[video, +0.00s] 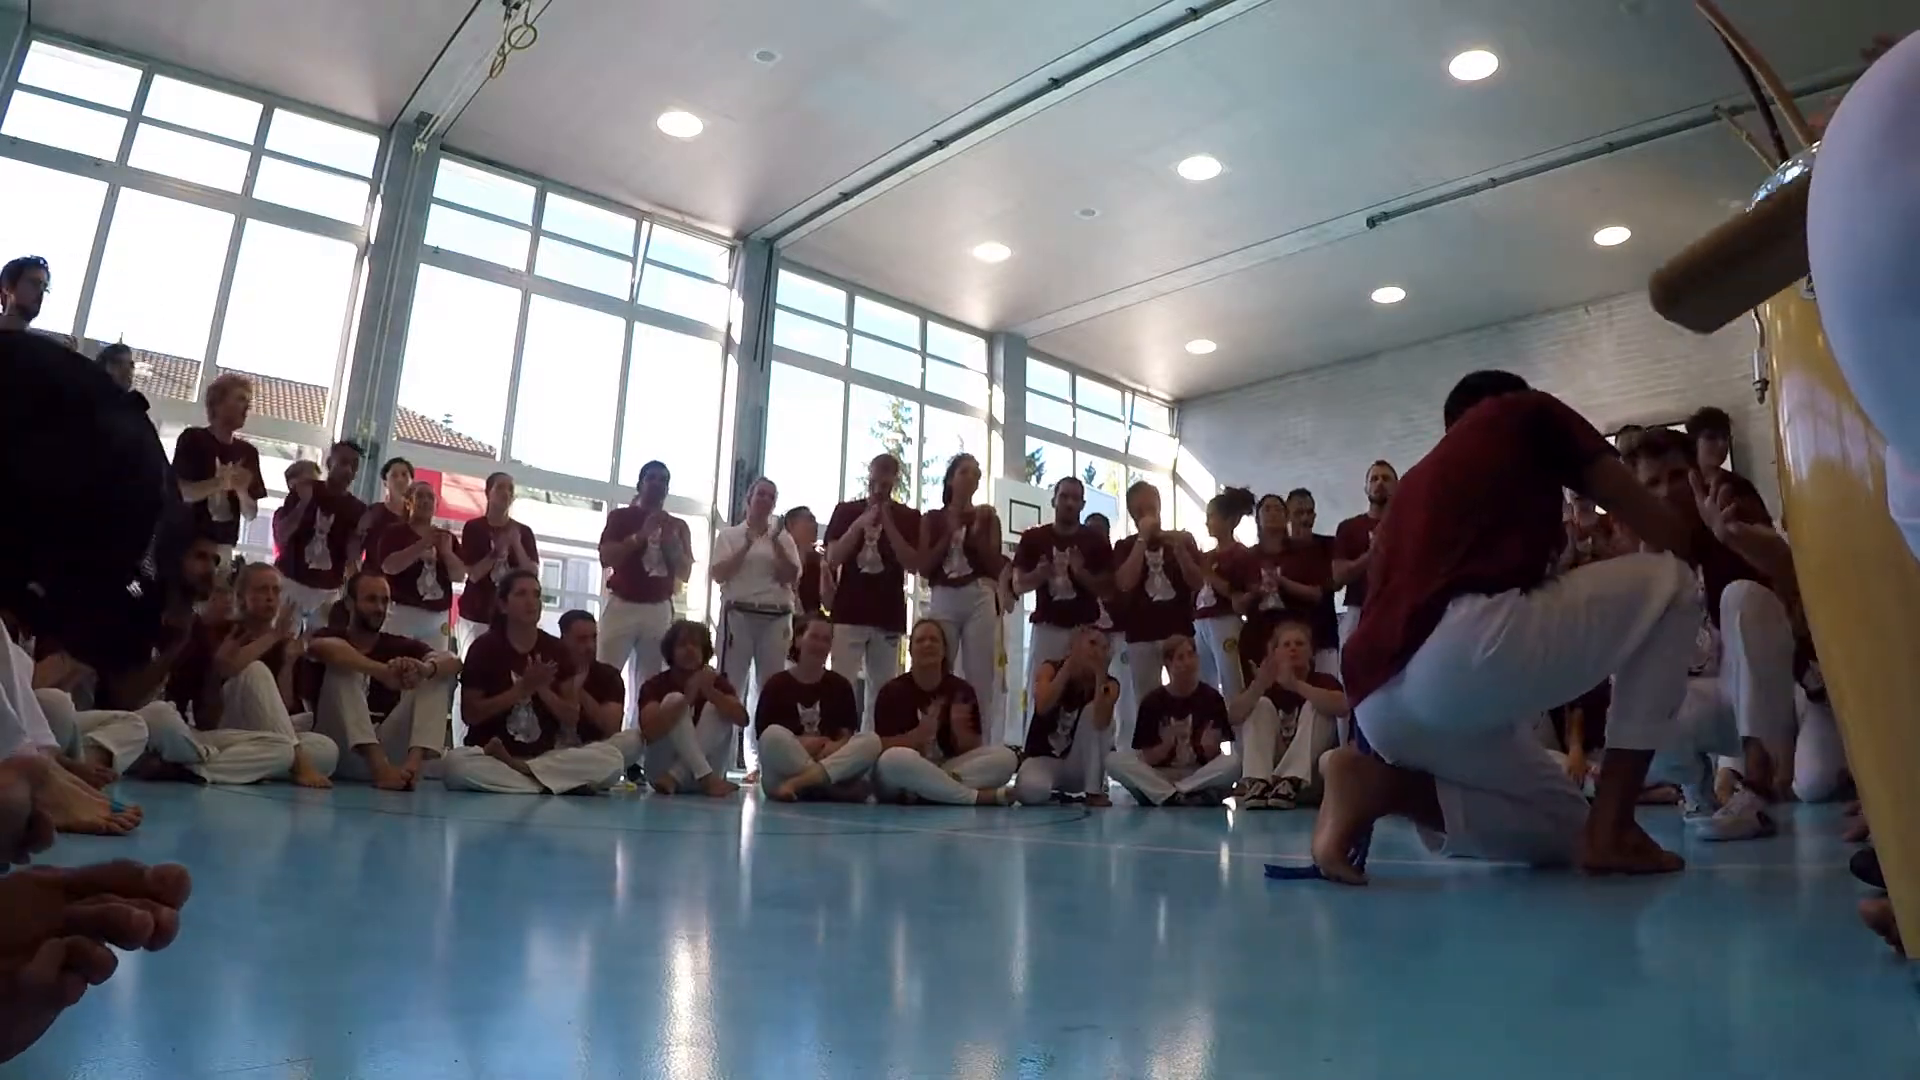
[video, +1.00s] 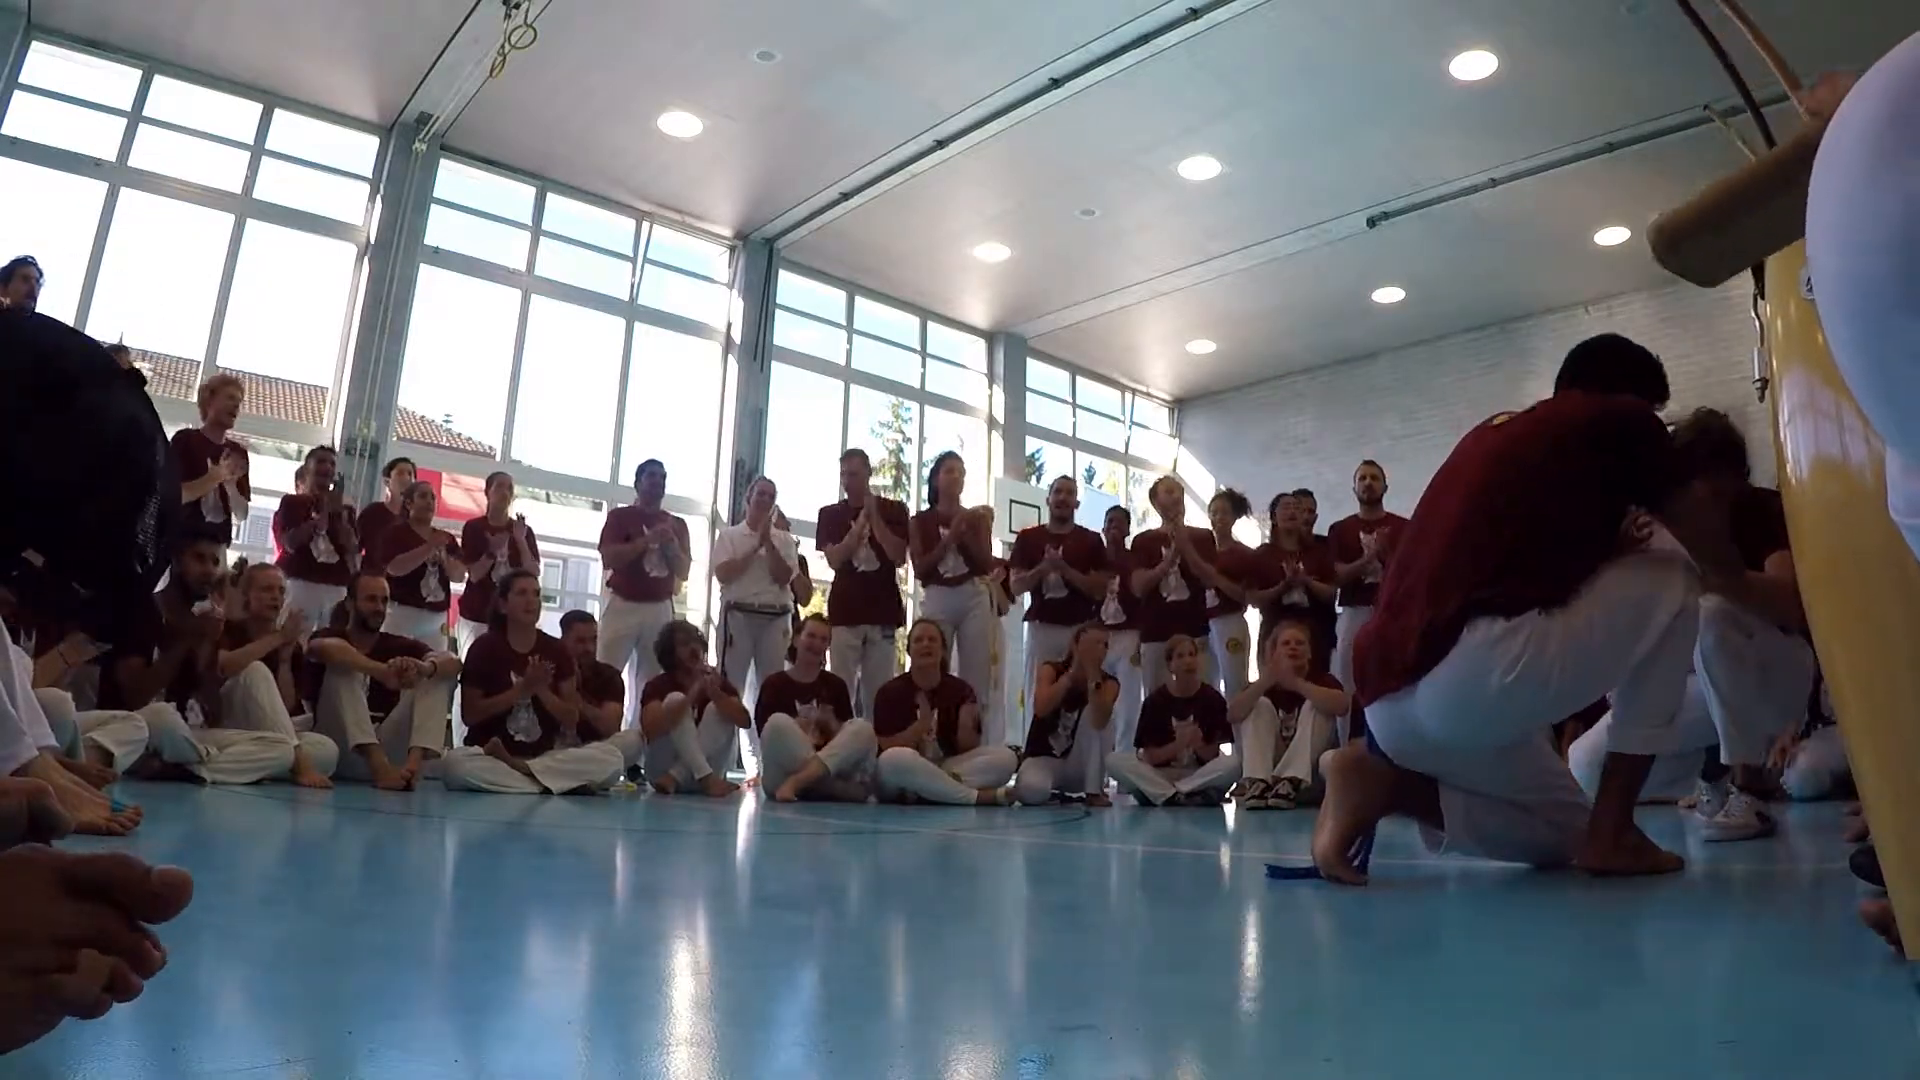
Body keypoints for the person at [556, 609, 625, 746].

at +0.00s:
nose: (590, 645)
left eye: (594, 638)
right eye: (582, 639)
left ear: (597, 638)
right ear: (563, 640)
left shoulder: (609, 675)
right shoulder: (548, 675)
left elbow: (611, 728)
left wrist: (578, 691)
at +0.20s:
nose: (589, 647)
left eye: (593, 639)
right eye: (580, 640)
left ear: (597, 639)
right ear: (563, 641)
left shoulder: (609, 676)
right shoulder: (548, 674)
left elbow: (609, 728)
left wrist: (573, 699)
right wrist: (567, 686)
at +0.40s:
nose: (589, 648)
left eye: (593, 639)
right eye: (581, 641)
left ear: (598, 639)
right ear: (563, 641)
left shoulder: (609, 676)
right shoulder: (548, 675)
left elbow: (610, 728)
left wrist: (579, 695)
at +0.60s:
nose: (588, 648)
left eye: (593, 639)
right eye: (580, 641)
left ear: (598, 640)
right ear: (563, 641)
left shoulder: (609, 675)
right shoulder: (547, 674)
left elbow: (610, 728)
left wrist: (574, 699)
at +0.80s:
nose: (589, 648)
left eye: (593, 640)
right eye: (581, 641)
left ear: (598, 639)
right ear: (563, 641)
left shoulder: (610, 676)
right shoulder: (546, 674)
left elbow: (611, 727)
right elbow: (568, 722)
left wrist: (583, 690)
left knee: (633, 739)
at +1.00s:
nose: (589, 648)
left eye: (593, 640)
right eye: (581, 641)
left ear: (598, 640)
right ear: (563, 641)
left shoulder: (609, 675)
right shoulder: (549, 673)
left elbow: (609, 727)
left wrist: (574, 699)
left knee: (633, 739)